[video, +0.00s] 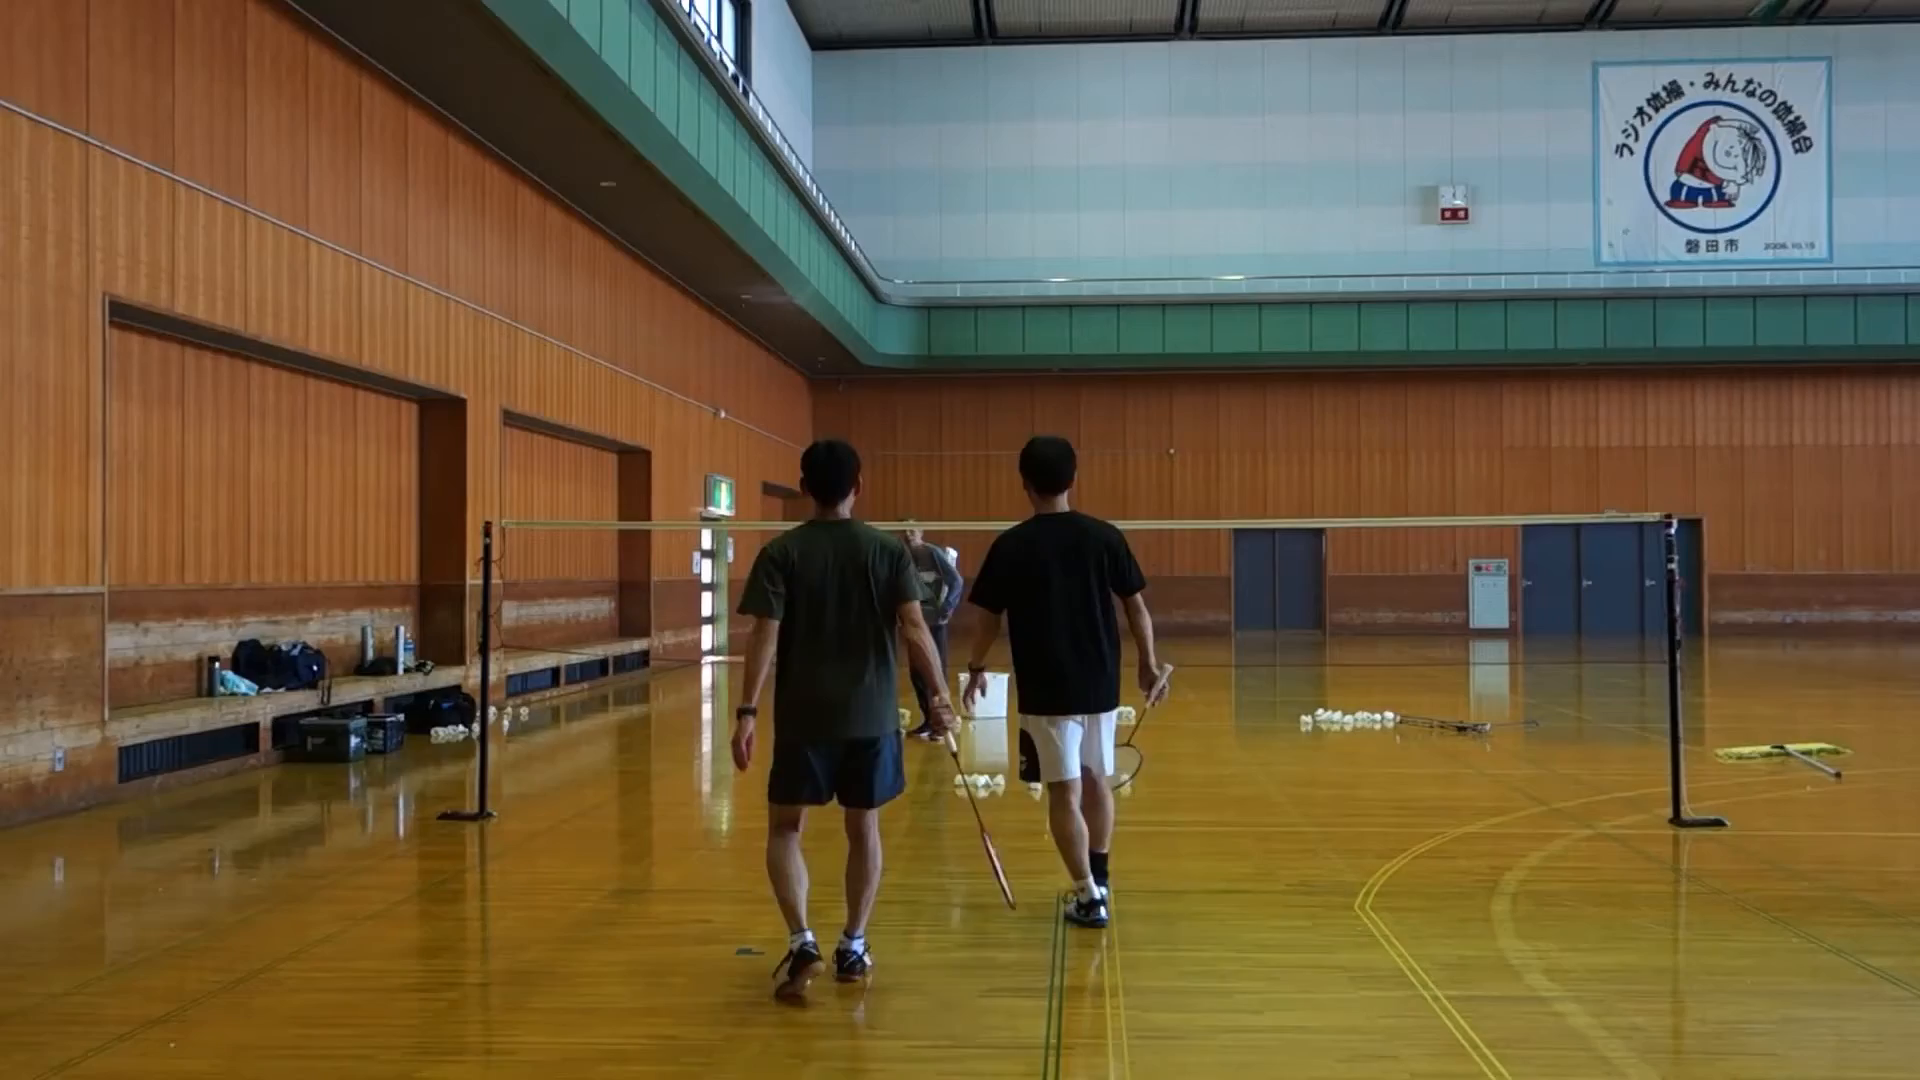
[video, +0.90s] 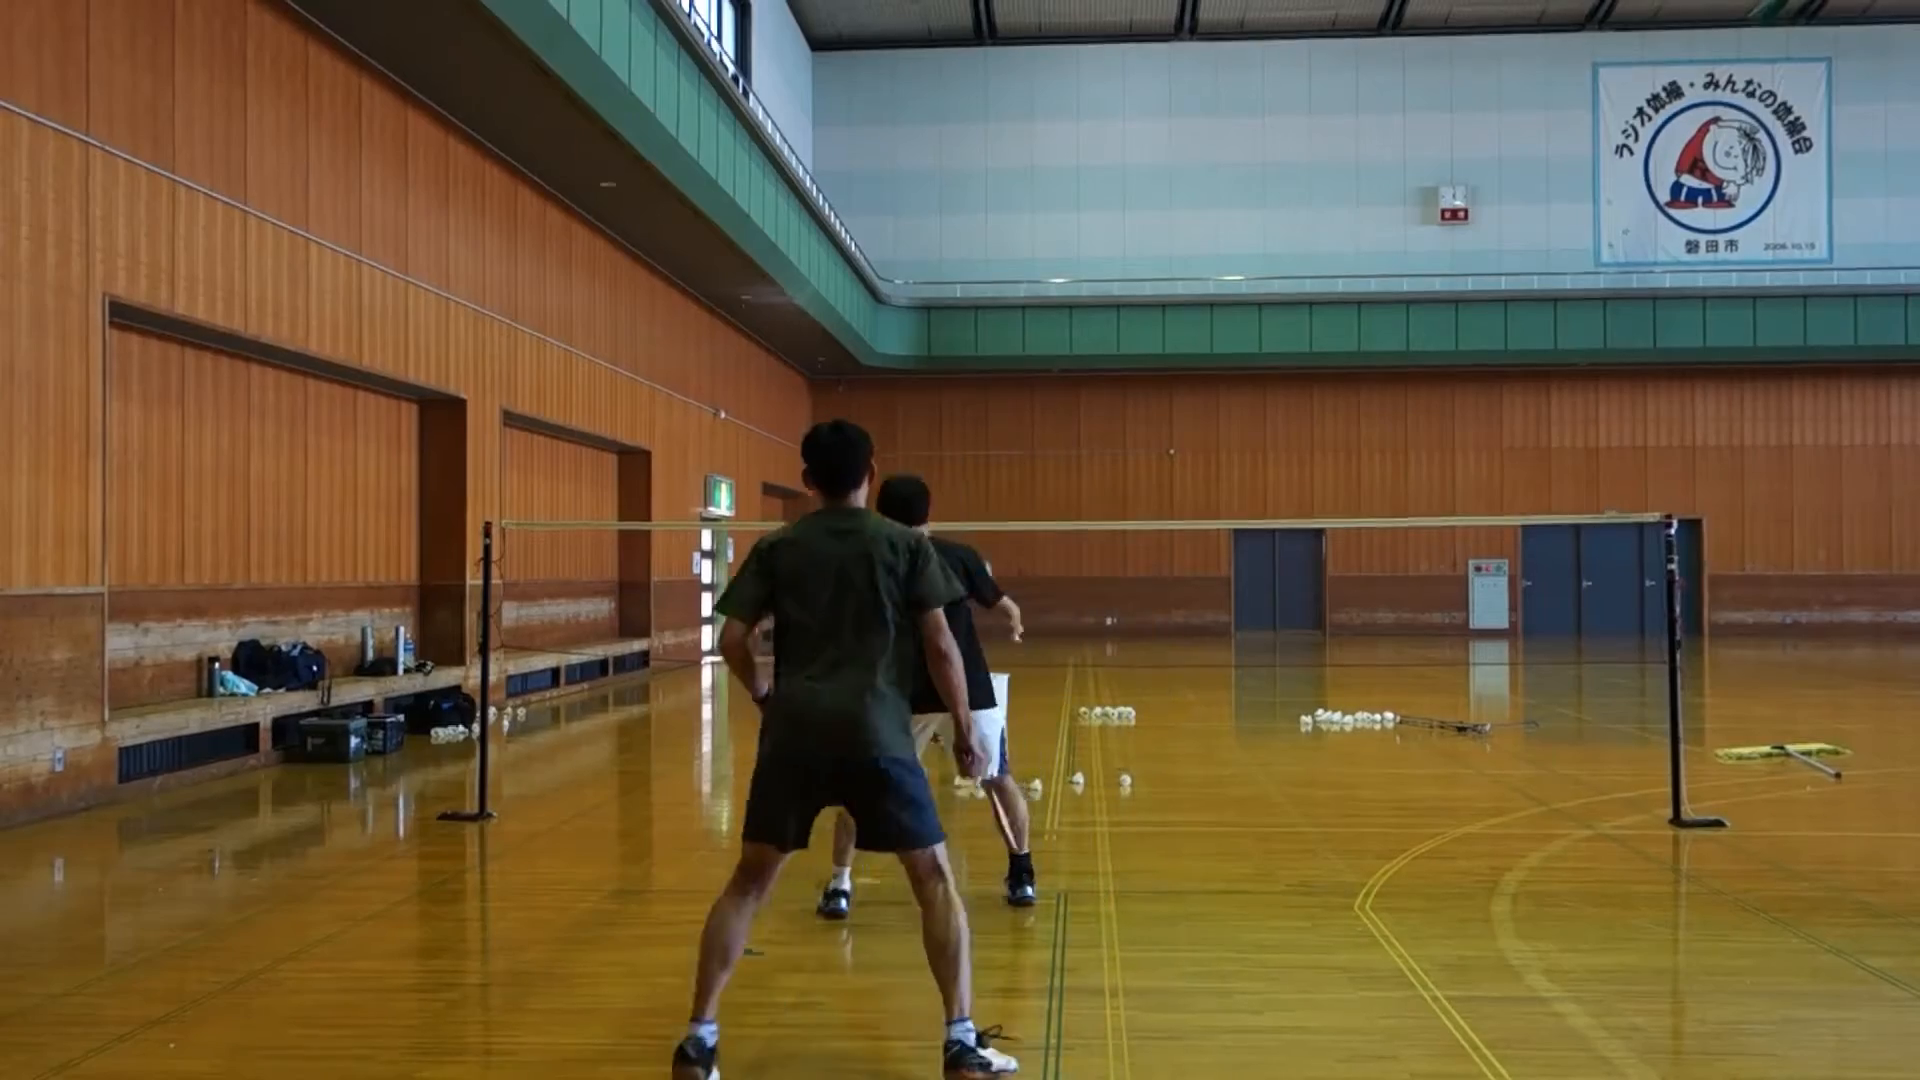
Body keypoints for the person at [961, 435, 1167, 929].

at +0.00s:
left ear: (1025, 482)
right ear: (1073, 480)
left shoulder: (1010, 546)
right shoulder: (1104, 537)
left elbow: (988, 618)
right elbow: (1136, 606)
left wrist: (975, 666)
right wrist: (1150, 664)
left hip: (1044, 690)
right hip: (1100, 685)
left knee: (1063, 793)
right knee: (1097, 778)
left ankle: (1089, 897)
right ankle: (1097, 875)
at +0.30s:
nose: (1000, 494)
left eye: (1002, 487)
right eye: (1002, 486)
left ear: (1011, 488)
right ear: (1050, 489)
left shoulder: (992, 538)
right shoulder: (1072, 545)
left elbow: (975, 606)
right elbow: (1096, 617)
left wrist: (965, 658)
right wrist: (1091, 662)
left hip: (1007, 682)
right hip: (1054, 683)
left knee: (1019, 788)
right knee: (1041, 781)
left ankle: (1073, 879)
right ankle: (1024, 874)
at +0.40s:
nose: (991, 492)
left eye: (993, 485)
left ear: (997, 488)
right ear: (1041, 490)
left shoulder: (979, 535)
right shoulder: (1058, 545)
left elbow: (967, 608)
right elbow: (1076, 619)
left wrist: (957, 656)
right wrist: (1065, 661)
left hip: (992, 676)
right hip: (1039, 680)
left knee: (977, 777)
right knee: (1025, 773)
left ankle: (1039, 861)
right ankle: (1023, 873)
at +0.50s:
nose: (978, 493)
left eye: (979, 486)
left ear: (981, 488)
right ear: (1026, 489)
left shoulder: (965, 532)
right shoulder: (1042, 541)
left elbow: (951, 603)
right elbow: (1059, 612)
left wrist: (944, 653)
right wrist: (1045, 650)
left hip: (975, 673)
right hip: (1026, 677)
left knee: (942, 769)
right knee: (1021, 771)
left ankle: (988, 860)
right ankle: (1025, 874)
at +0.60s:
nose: (960, 491)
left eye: (961, 484)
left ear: (962, 487)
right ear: (1007, 488)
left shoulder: (944, 535)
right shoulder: (1024, 539)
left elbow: (930, 613)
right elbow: (1044, 610)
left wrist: (918, 673)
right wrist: (1018, 629)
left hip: (955, 673)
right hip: (1012, 675)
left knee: (921, 768)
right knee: (1019, 773)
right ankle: (1025, 873)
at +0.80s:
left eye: (914, 506)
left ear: (910, 507)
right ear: (956, 505)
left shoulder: (898, 553)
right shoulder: (981, 552)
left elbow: (880, 617)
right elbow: (1018, 605)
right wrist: (1015, 623)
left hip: (916, 695)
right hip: (985, 692)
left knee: (873, 786)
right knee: (1004, 778)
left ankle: (841, 881)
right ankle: (1023, 875)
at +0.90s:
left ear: (881, 516)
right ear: (928, 514)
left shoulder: (866, 562)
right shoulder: (957, 558)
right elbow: (1003, 607)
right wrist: (1015, 627)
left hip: (899, 699)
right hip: (970, 695)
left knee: (858, 790)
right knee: (999, 779)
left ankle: (839, 884)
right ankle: (1022, 869)